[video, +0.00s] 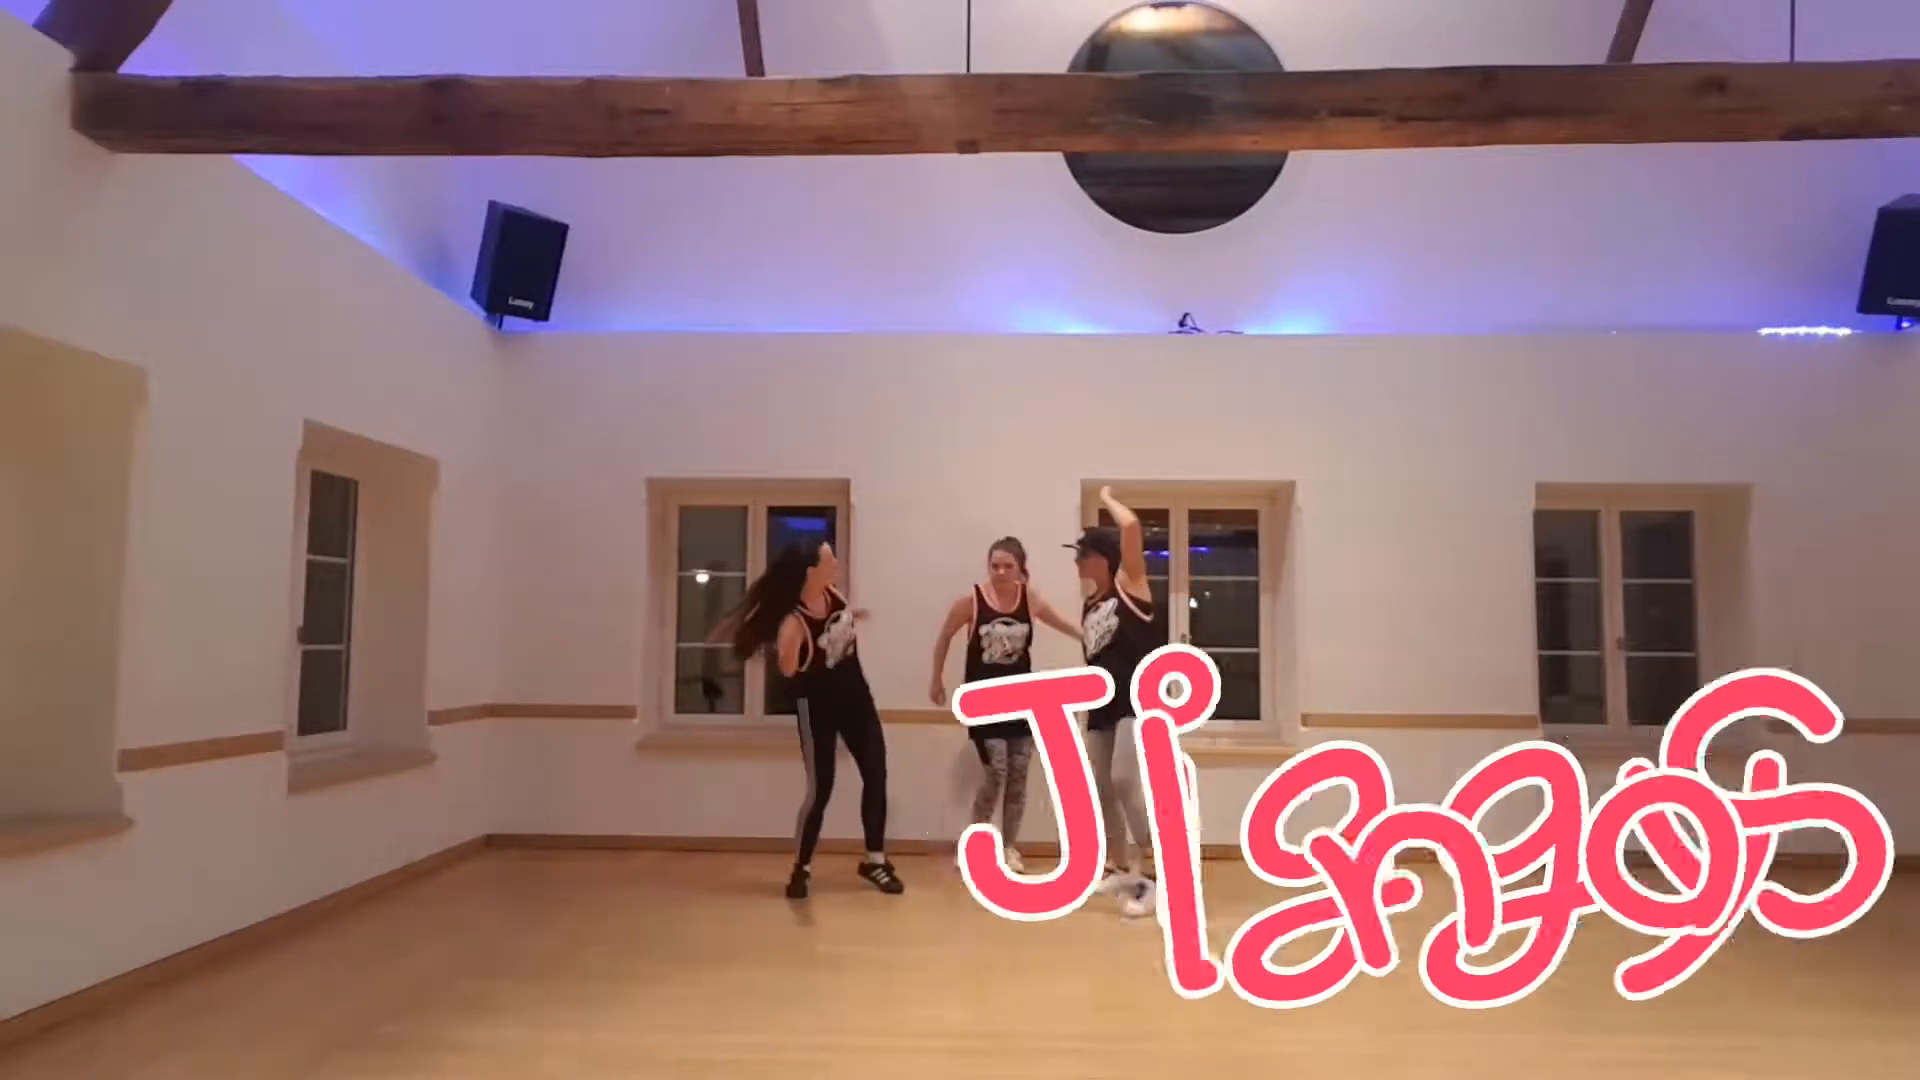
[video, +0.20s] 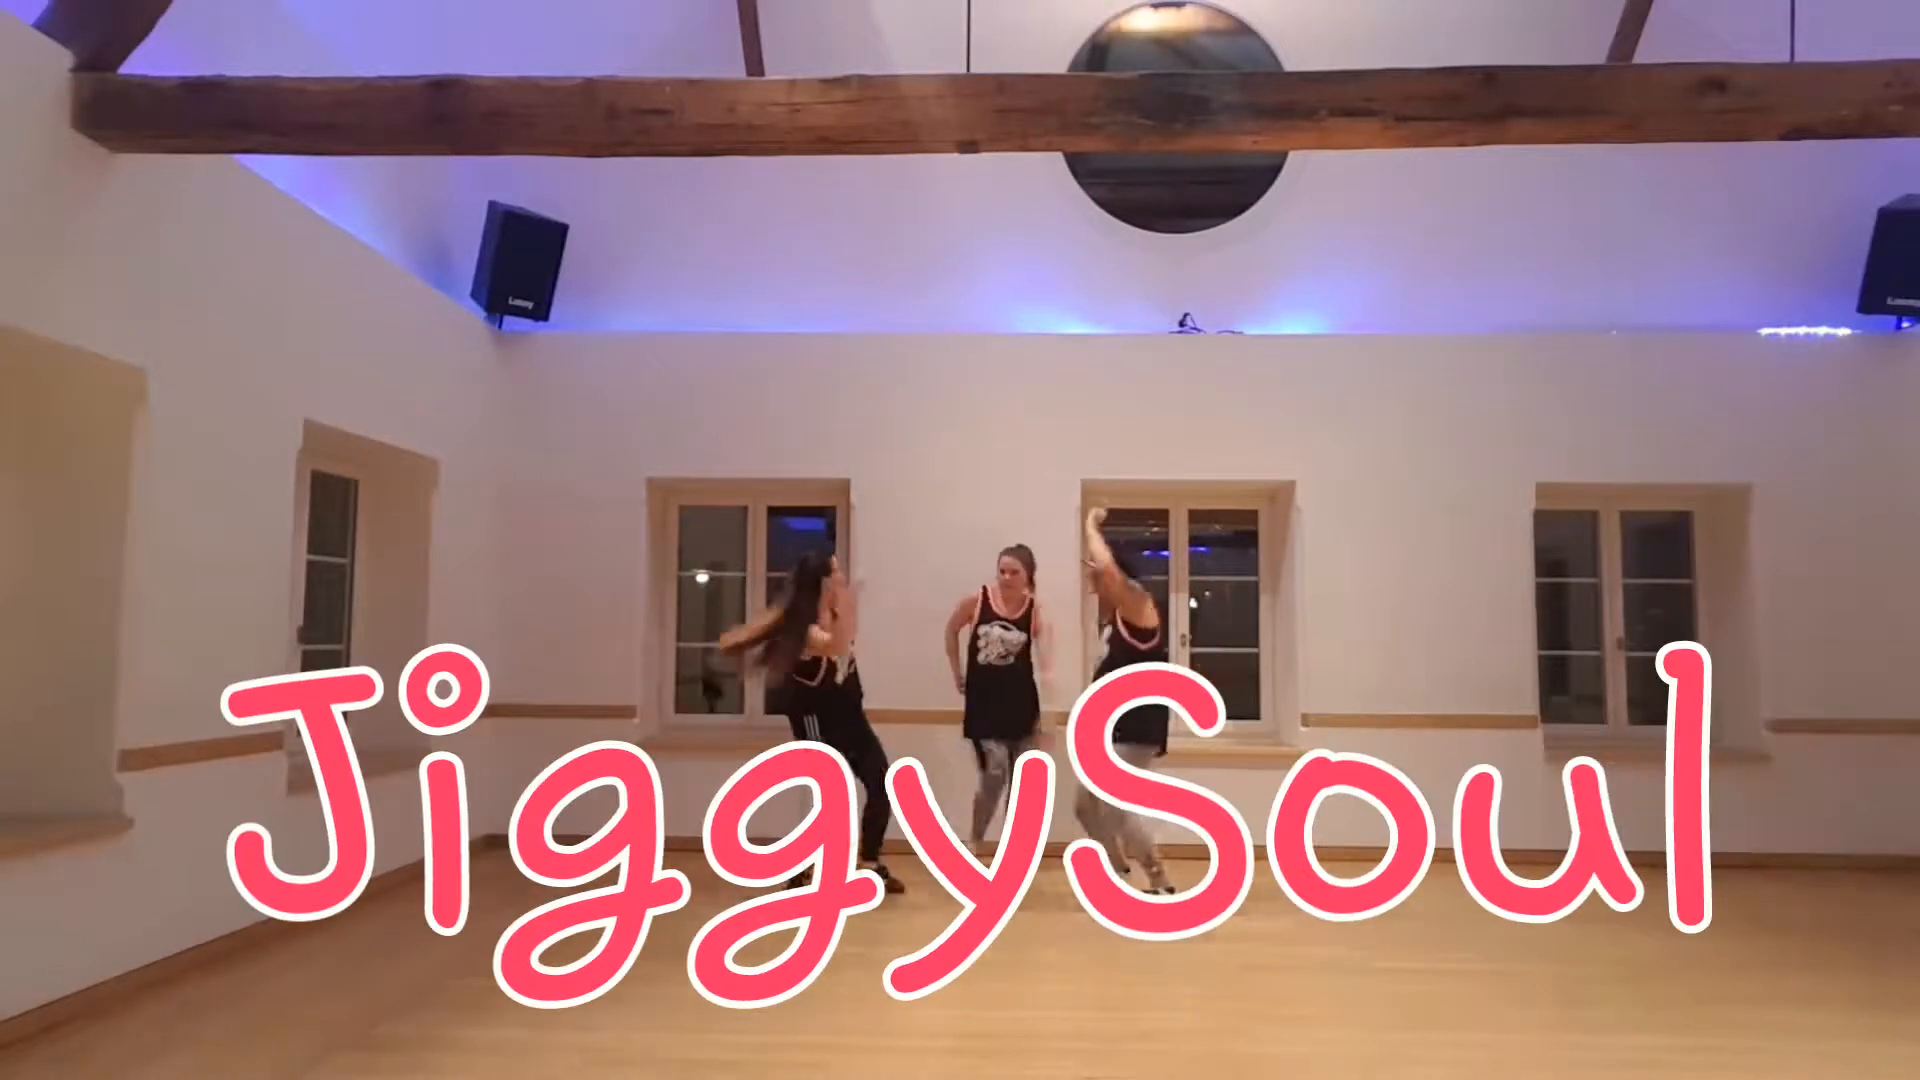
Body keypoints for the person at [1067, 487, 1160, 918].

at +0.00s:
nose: (1079, 567)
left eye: (1085, 559)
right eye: (1079, 560)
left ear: (1106, 559)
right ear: (1090, 563)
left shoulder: (1131, 584)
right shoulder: (1092, 607)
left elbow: (1130, 525)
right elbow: (1092, 658)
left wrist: (1107, 497)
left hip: (1134, 706)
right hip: (1099, 709)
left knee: (1125, 781)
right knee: (1101, 788)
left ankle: (1152, 873)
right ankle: (1119, 869)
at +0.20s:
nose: (1090, 581)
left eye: (1095, 574)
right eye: (1090, 573)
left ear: (1115, 575)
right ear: (1100, 578)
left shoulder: (1140, 605)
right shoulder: (1116, 612)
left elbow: (1107, 566)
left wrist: (1092, 528)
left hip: (1138, 728)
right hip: (1116, 728)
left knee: (1117, 807)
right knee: (1088, 805)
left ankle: (1160, 884)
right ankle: (1117, 871)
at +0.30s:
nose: (1101, 585)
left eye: (1106, 576)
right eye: (1102, 574)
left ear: (1120, 573)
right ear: (1131, 569)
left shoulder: (1144, 600)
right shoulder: (1126, 605)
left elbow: (1093, 576)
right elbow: (1095, 576)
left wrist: (1080, 540)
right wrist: (1083, 541)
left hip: (1139, 722)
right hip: (1120, 721)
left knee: (1121, 803)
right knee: (1097, 802)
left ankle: (1161, 883)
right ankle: (1115, 872)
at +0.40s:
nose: (1096, 564)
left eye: (1101, 556)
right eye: (1097, 557)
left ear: (1116, 556)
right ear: (1122, 556)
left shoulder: (1139, 577)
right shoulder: (1129, 584)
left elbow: (1078, 576)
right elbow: (1085, 580)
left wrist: (1059, 537)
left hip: (1147, 703)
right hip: (1122, 703)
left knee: (1134, 792)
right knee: (1092, 783)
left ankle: (1164, 880)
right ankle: (1113, 858)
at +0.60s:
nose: (1101, 558)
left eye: (1106, 551)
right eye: (1102, 550)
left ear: (1125, 552)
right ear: (1139, 553)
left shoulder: (1117, 584)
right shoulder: (1170, 585)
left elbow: (1073, 604)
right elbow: (1200, 630)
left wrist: (1054, 564)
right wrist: (1225, 655)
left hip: (1129, 703)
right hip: (1159, 702)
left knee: (1133, 791)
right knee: (1103, 783)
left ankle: (1164, 883)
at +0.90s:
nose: (1101, 575)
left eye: (1104, 568)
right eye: (1102, 568)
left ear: (1117, 570)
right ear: (1142, 568)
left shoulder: (1112, 610)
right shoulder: (1174, 597)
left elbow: (1092, 642)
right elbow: (1210, 639)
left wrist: (1078, 606)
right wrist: (1247, 642)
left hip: (1122, 718)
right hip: (1161, 715)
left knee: (1113, 802)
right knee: (1106, 794)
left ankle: (1160, 884)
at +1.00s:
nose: (1100, 564)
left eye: (1103, 558)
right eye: (1101, 557)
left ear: (1114, 561)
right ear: (1138, 558)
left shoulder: (1108, 600)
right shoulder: (1169, 586)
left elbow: (1088, 638)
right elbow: (1205, 628)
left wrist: (1066, 604)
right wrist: (1240, 615)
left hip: (1120, 705)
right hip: (1157, 703)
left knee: (1103, 785)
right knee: (1117, 787)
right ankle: (1163, 883)